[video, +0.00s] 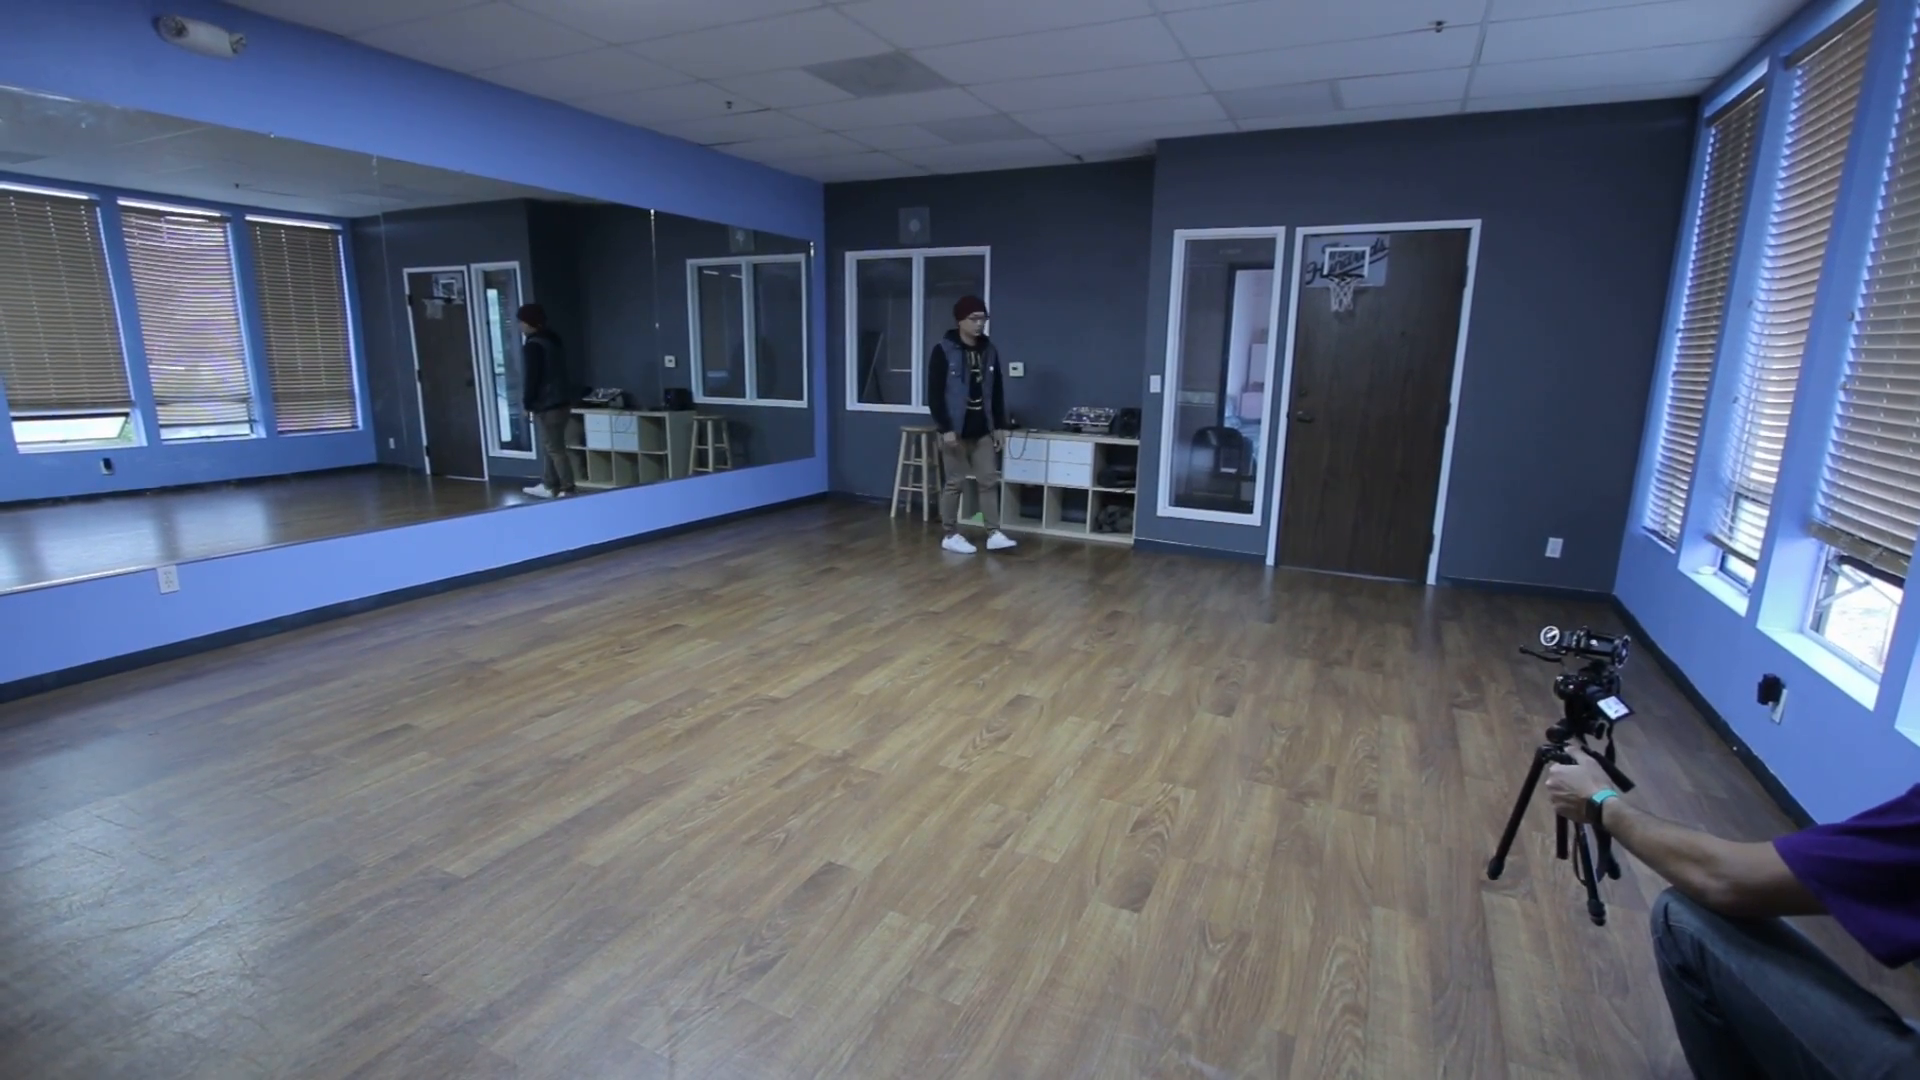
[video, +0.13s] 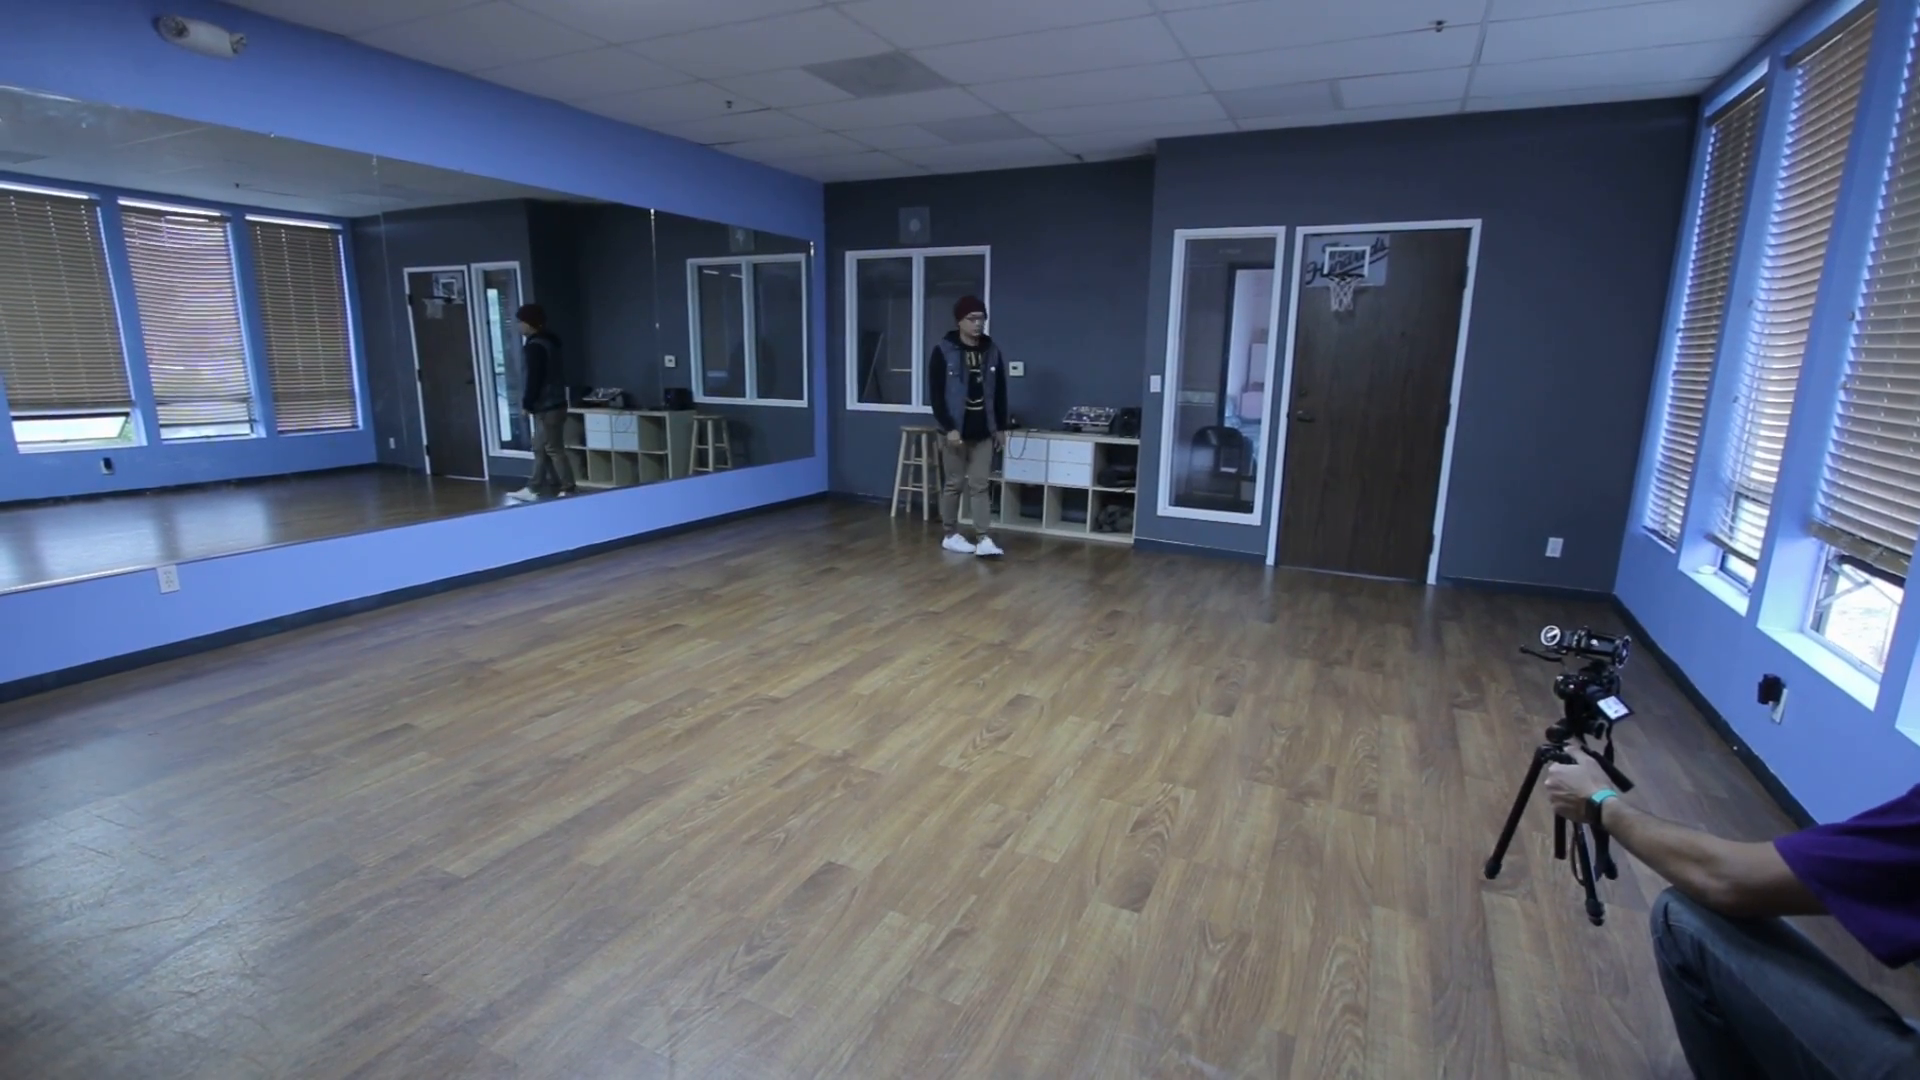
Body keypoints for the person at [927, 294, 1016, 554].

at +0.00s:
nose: (980, 324)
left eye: (983, 319)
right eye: (974, 319)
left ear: (985, 321)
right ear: (960, 320)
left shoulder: (989, 351)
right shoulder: (943, 351)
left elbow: (997, 391)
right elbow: (934, 393)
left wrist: (999, 426)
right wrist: (945, 428)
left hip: (983, 427)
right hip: (954, 428)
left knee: (988, 481)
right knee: (954, 483)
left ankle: (993, 532)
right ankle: (949, 534)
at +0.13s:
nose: (978, 324)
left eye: (981, 319)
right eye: (972, 319)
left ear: (985, 321)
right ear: (959, 321)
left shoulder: (992, 351)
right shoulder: (944, 351)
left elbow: (1000, 391)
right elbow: (936, 394)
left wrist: (1001, 427)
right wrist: (948, 427)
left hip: (984, 428)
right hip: (955, 428)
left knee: (980, 484)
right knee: (954, 483)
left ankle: (983, 537)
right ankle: (950, 534)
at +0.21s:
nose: (982, 327)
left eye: (985, 322)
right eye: (977, 322)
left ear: (988, 324)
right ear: (962, 323)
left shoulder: (994, 355)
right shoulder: (944, 354)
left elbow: (1002, 394)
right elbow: (936, 397)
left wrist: (1003, 429)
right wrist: (947, 430)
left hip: (984, 432)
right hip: (956, 431)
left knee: (978, 488)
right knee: (954, 488)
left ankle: (978, 541)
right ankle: (950, 535)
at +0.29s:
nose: (991, 328)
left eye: (992, 324)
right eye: (986, 324)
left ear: (990, 327)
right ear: (969, 326)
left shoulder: (996, 358)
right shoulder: (946, 356)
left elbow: (1004, 398)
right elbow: (937, 399)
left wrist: (1005, 431)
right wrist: (944, 433)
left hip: (986, 435)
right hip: (956, 435)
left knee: (981, 490)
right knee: (955, 489)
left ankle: (979, 543)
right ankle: (953, 534)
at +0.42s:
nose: (995, 331)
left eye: (995, 326)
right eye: (992, 326)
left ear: (982, 327)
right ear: (978, 327)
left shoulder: (994, 358)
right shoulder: (947, 356)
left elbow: (1003, 397)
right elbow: (935, 397)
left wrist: (1006, 430)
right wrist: (937, 434)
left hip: (988, 436)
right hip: (957, 436)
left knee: (982, 491)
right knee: (958, 489)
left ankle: (979, 544)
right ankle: (952, 532)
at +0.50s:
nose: (994, 331)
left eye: (994, 327)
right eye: (991, 327)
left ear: (979, 326)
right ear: (977, 327)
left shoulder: (991, 358)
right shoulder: (947, 355)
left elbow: (1000, 395)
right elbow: (935, 396)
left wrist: (1004, 425)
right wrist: (933, 433)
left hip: (987, 435)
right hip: (957, 435)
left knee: (981, 491)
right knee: (958, 490)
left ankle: (979, 544)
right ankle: (946, 536)